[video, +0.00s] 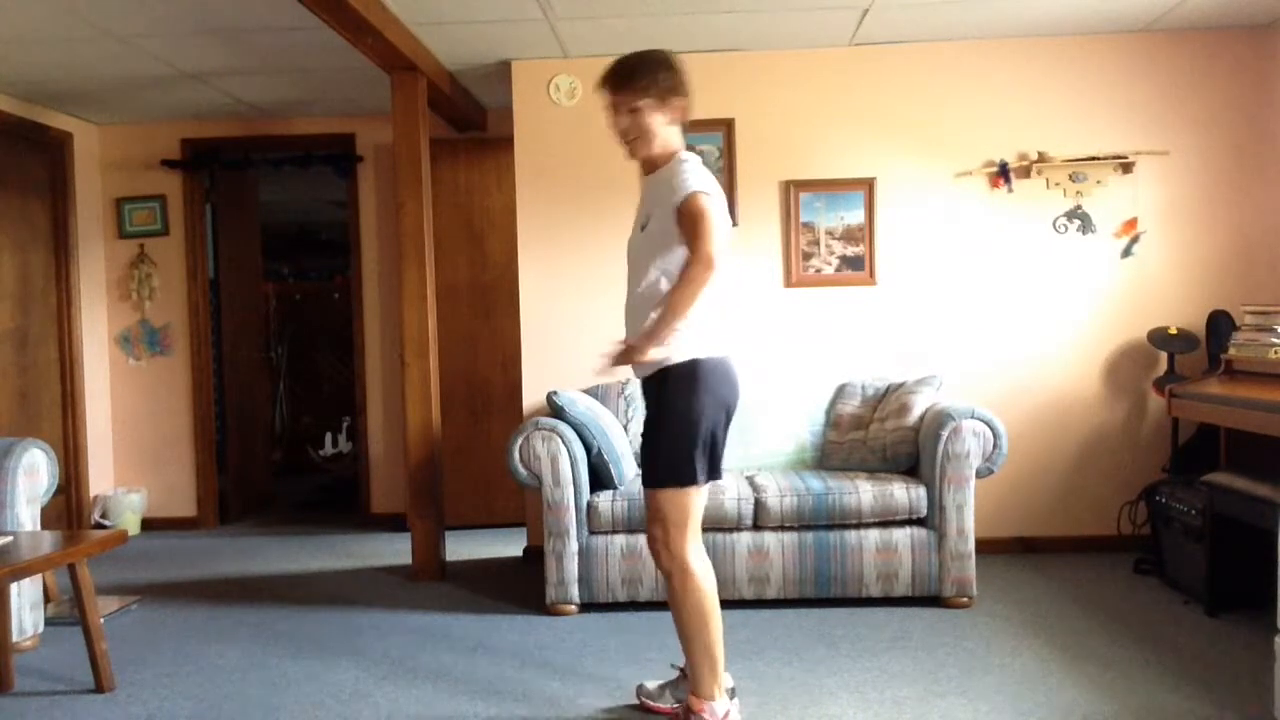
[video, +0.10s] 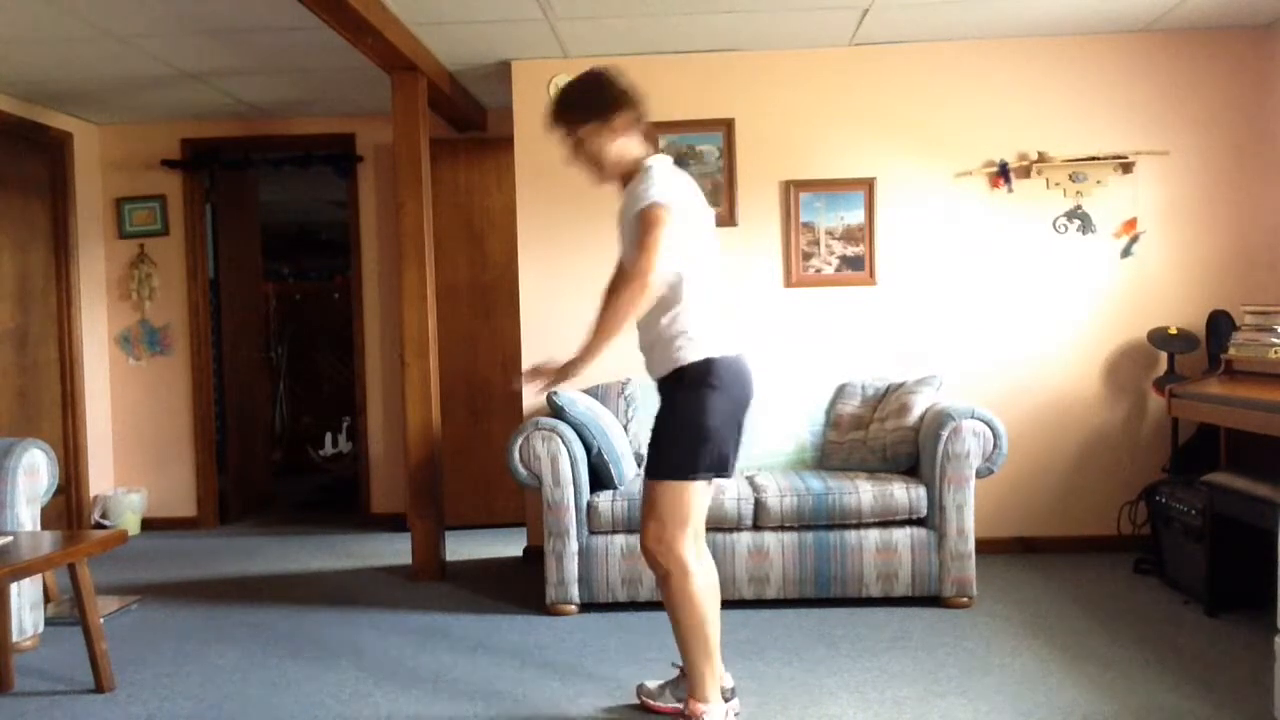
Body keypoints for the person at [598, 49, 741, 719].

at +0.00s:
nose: (625, 127)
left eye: (637, 111)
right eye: (617, 116)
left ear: (676, 109)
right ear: (614, 119)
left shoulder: (686, 174)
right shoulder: (660, 182)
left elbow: (707, 255)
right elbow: (671, 273)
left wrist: (653, 334)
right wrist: (640, 342)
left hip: (691, 374)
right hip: (676, 374)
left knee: (674, 543)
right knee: (669, 541)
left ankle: (711, 696)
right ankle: (703, 679)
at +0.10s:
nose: (576, 158)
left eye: (579, 142)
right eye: (571, 145)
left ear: (618, 125)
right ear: (621, 128)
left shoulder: (657, 184)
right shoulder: (663, 181)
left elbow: (637, 279)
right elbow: (640, 284)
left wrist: (579, 361)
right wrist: (577, 361)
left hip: (701, 376)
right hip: (707, 373)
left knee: (665, 541)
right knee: (681, 540)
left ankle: (707, 693)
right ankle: (708, 676)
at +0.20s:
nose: (544, 191)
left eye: (547, 174)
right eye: (539, 179)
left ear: (587, 154)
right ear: (591, 157)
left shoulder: (630, 205)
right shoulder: (639, 198)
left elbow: (597, 312)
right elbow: (597, 311)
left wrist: (542, 404)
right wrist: (545, 402)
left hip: (715, 385)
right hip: (719, 381)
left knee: (666, 547)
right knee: (676, 544)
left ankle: (708, 700)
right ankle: (707, 677)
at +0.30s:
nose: (523, 241)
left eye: (525, 226)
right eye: (518, 229)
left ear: (556, 210)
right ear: (559, 210)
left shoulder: (601, 252)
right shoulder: (607, 245)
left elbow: (569, 364)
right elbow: (579, 364)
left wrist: (521, 451)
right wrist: (534, 441)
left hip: (734, 399)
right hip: (735, 397)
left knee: (668, 556)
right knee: (678, 550)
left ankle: (713, 703)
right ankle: (706, 678)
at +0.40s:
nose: (486, 348)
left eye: (487, 333)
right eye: (480, 336)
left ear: (521, 314)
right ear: (524, 311)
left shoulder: (566, 354)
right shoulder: (581, 341)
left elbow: (536, 479)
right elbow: (551, 473)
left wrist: (479, 585)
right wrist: (512, 539)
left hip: (750, 428)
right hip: (760, 420)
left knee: (646, 572)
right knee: (672, 557)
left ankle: (705, 711)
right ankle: (709, 684)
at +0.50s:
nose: (477, 415)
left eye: (477, 401)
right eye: (471, 404)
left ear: (507, 382)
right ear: (510, 377)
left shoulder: (557, 415)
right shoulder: (564, 392)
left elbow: (523, 543)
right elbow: (535, 532)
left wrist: (469, 650)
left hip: (754, 443)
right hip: (754, 434)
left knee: (639, 578)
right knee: (658, 555)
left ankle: (706, 714)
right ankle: (707, 683)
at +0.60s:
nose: (467, 497)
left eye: (467, 484)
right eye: (461, 486)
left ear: (492, 464)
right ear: (498, 452)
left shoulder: (546, 479)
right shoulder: (545, 443)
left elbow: (511, 620)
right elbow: (519, 597)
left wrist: (470, 710)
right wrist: (488, 662)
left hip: (745, 471)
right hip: (744, 455)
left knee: (620, 590)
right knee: (638, 546)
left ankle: (700, 712)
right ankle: (705, 679)